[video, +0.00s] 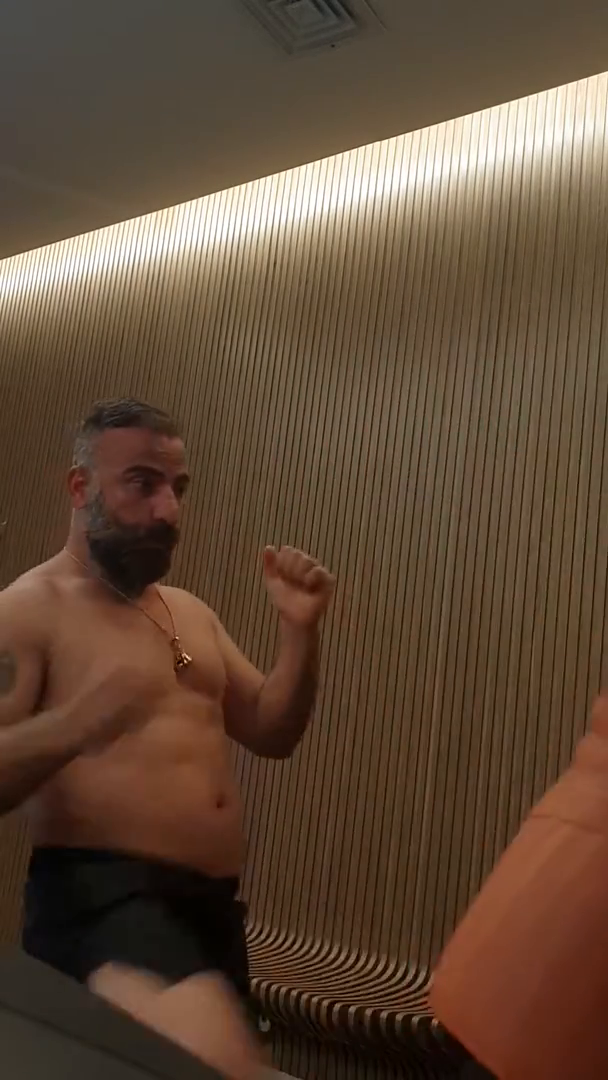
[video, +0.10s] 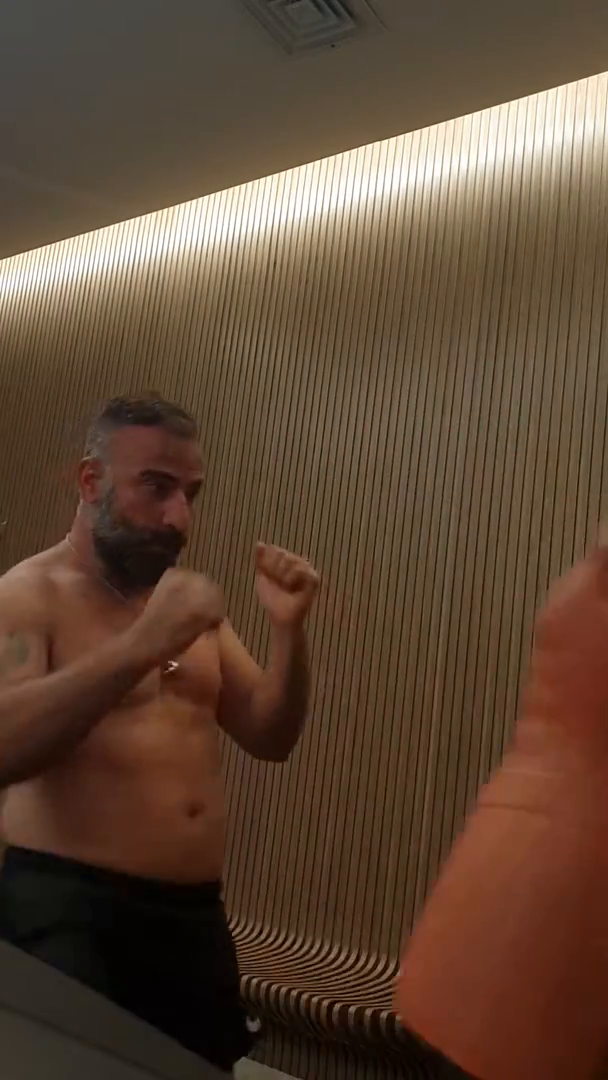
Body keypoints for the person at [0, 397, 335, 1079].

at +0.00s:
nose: (168, 508)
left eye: (177, 487)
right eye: (143, 483)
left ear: (186, 495)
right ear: (78, 488)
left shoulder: (192, 614)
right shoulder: (28, 609)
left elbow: (272, 733)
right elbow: (5, 768)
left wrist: (299, 628)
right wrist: (74, 724)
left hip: (211, 904)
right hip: (102, 895)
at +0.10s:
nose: (179, 513)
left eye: (191, 495)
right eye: (157, 485)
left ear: (201, 501)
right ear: (89, 482)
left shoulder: (192, 612)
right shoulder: (24, 596)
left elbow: (272, 738)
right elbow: (7, 745)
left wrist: (287, 628)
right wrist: (141, 641)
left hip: (193, 916)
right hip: (65, 911)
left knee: (201, 1070)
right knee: (80, 1066)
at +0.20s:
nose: (173, 529)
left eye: (189, 509)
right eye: (155, 501)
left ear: (202, 506)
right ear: (89, 481)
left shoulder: (193, 596)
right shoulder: (18, 580)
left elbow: (276, 729)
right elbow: (12, 729)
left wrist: (279, 605)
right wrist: (161, 602)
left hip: (162, 927)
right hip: (36, 921)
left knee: (171, 1076)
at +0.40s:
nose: (83, 548)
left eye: (107, 532)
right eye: (65, 523)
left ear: (133, 529)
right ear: (15, 490)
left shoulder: (116, 611)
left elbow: (196, 737)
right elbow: (9, 686)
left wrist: (260, 644)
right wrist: (63, 591)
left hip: (42, 929)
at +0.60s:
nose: (6, 519)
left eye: (6, 505)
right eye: (5, 504)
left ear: (13, 495)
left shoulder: (5, 604)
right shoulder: (6, 604)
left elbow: (41, 770)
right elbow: (41, 770)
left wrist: (83, 662)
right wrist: (84, 663)